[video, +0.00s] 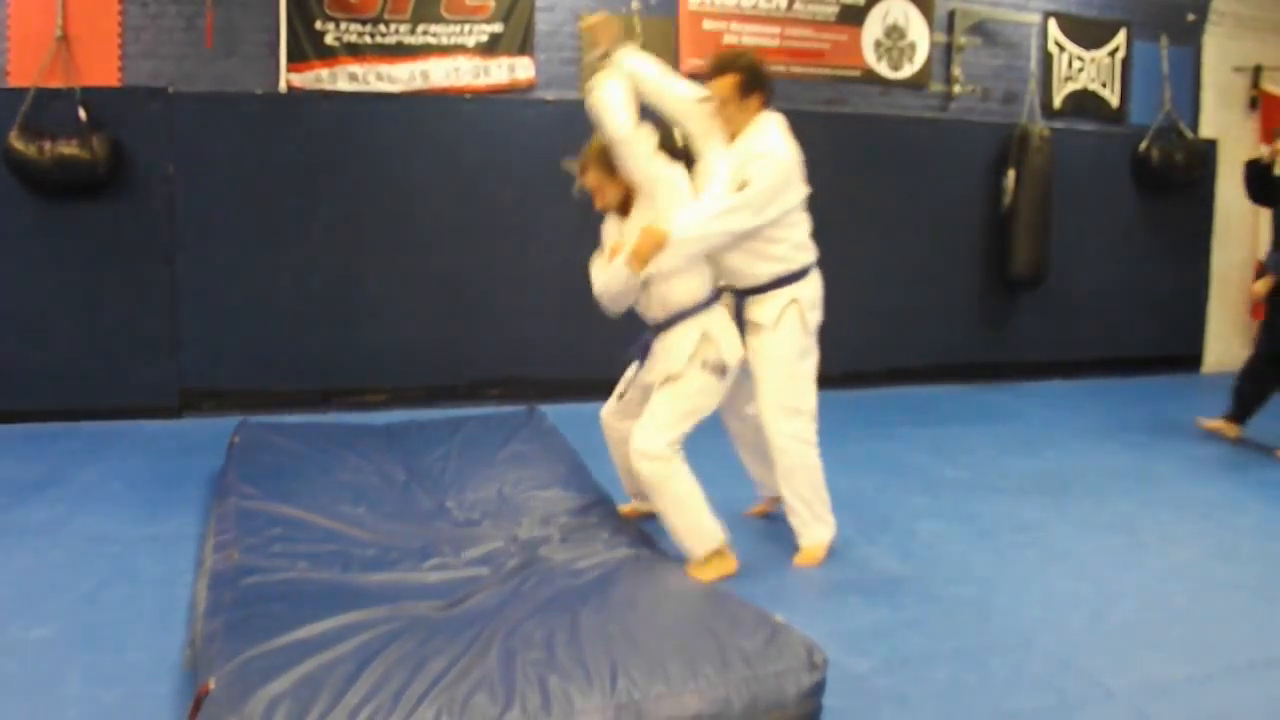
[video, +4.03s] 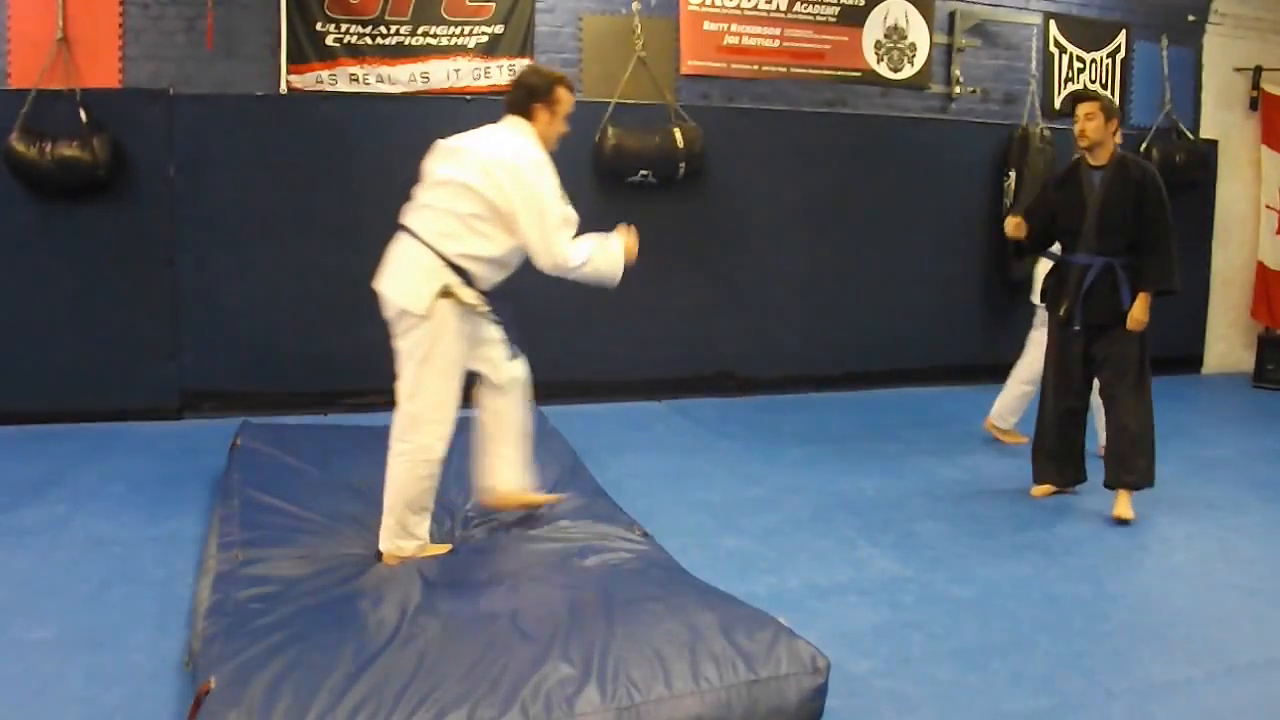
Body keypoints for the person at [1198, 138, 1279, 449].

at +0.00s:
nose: (1271, 148)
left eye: (1272, 143)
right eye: (1272, 143)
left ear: (1274, 148)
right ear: (1274, 147)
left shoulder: (1276, 185)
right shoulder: (1276, 182)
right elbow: (1261, 193)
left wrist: (1271, 274)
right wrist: (1264, 161)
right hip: (1275, 285)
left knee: (1269, 354)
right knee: (1268, 354)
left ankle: (1236, 418)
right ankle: (1235, 418)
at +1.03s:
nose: (1189, 155)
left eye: (1195, 148)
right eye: (1186, 149)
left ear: (1214, 147)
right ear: (1184, 150)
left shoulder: (1234, 189)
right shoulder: (1189, 178)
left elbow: (1233, 245)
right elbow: (1146, 175)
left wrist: (1220, 288)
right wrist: (1166, 153)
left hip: (1207, 281)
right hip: (1181, 276)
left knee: (1192, 355)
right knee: (1188, 352)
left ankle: (1184, 427)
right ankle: (1211, 416)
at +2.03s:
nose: (1103, 149)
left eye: (1108, 142)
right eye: (1100, 143)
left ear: (1128, 139)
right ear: (1098, 145)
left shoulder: (1158, 177)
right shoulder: (1100, 175)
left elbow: (1175, 228)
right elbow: (1064, 181)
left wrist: (1170, 271)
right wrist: (1088, 155)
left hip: (1146, 276)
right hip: (1106, 274)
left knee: (1146, 356)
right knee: (1103, 356)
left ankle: (1160, 431)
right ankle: (1099, 436)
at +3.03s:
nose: (1123, 146)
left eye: (1130, 139)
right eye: (1119, 139)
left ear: (1148, 140)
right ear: (1114, 141)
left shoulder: (1169, 181)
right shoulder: (1107, 172)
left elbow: (1181, 240)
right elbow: (1072, 174)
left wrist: (1176, 290)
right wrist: (1102, 147)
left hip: (1140, 284)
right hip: (1097, 279)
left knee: (1133, 371)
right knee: (1078, 363)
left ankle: (1121, 453)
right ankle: (1072, 439)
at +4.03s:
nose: (1080, 126)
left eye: (1089, 119)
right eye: (1077, 119)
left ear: (1113, 126)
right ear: (1074, 126)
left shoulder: (1141, 176)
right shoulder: (1067, 177)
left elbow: (1157, 243)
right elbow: (1041, 225)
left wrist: (1144, 296)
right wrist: (1022, 227)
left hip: (1121, 295)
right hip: (1072, 292)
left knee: (1123, 392)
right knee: (1063, 387)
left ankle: (1124, 486)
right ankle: (1057, 473)